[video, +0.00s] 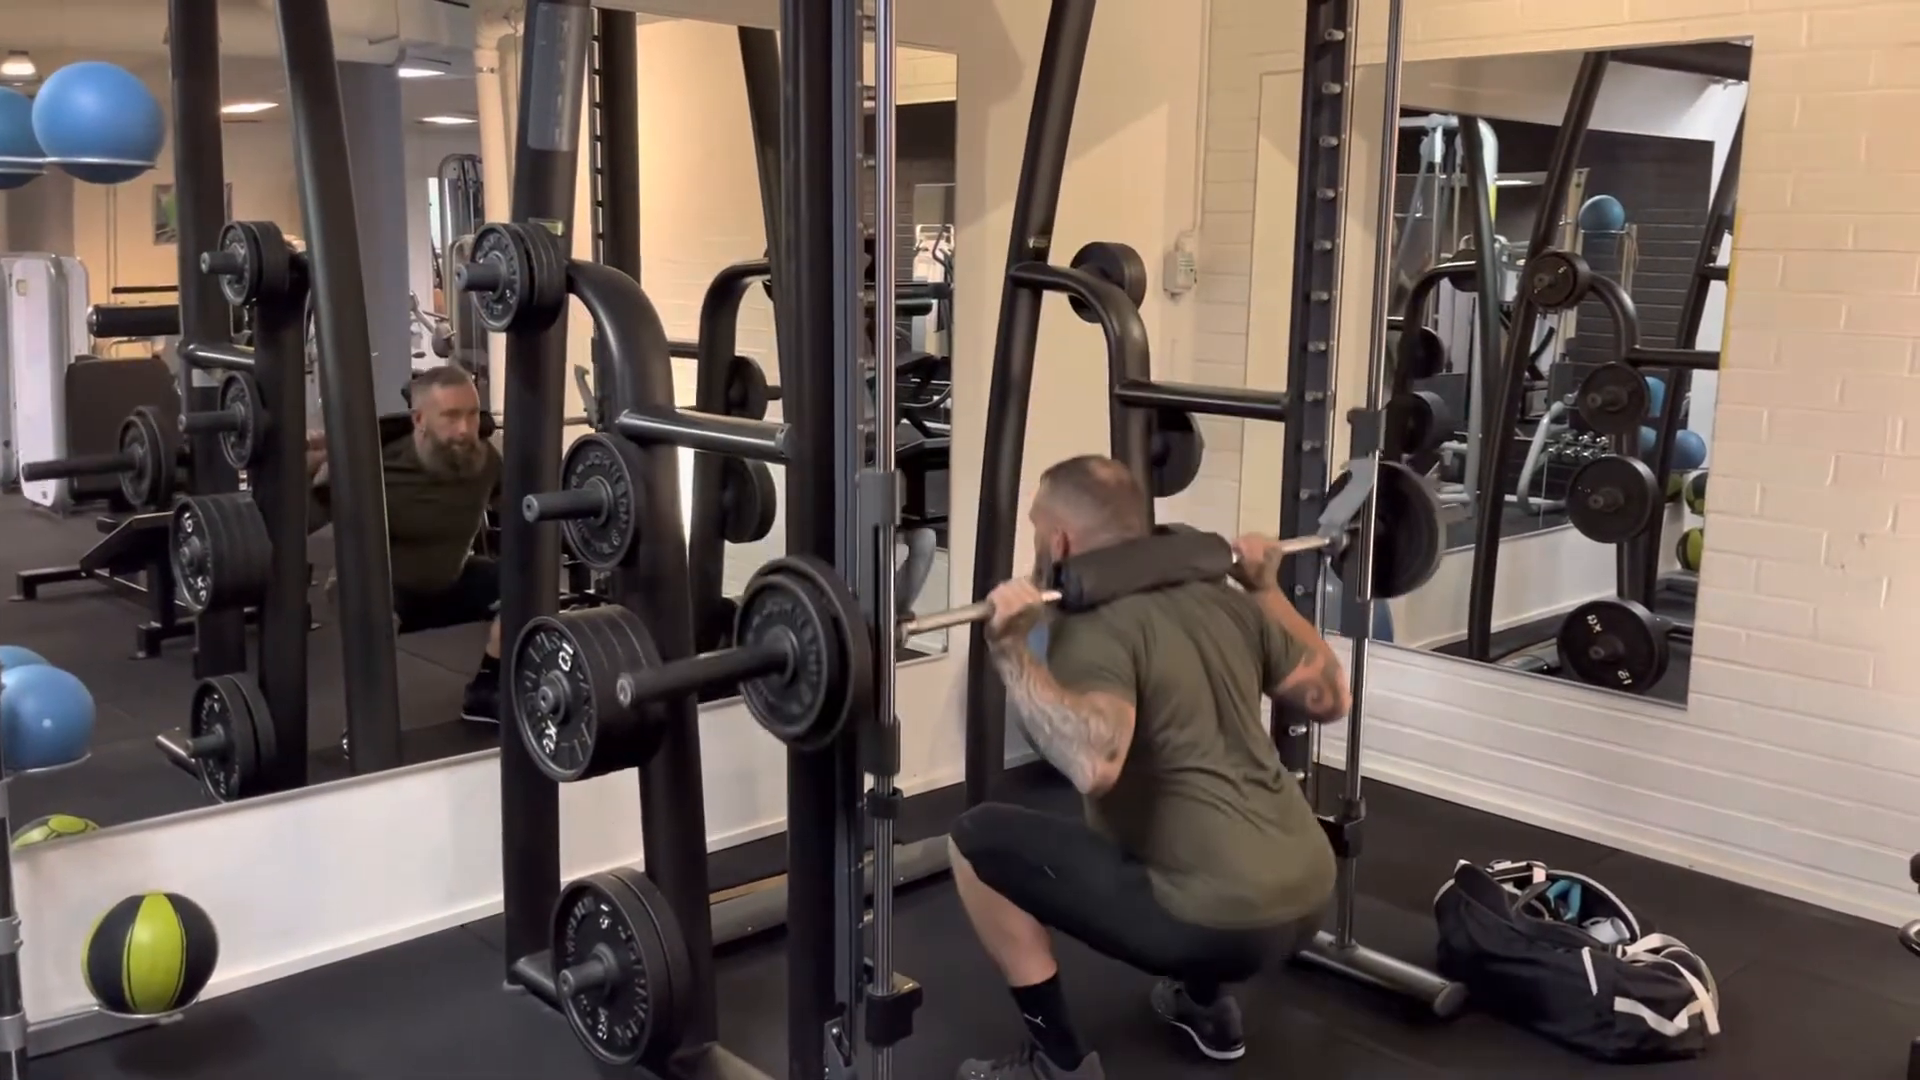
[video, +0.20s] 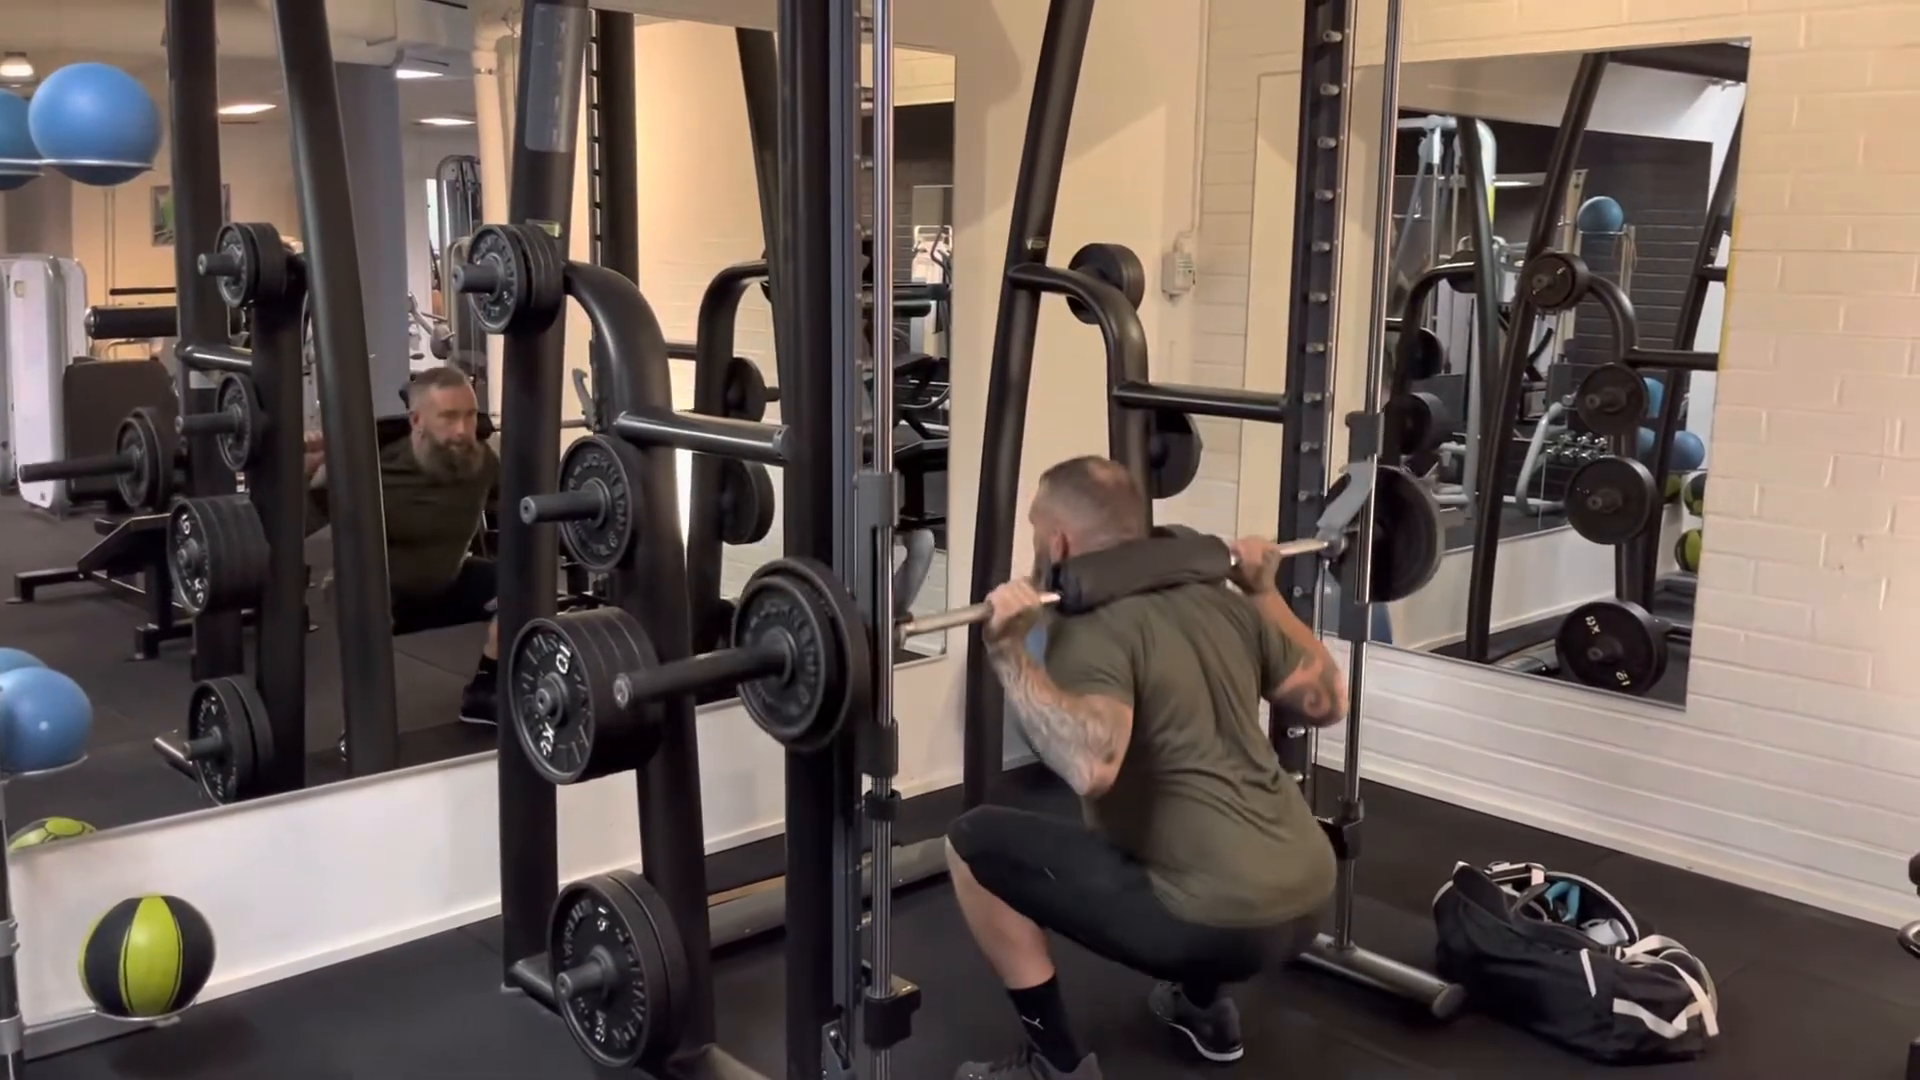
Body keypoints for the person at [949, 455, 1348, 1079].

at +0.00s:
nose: (1036, 551)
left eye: (1037, 533)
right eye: (1035, 532)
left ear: (1063, 544)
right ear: (1138, 529)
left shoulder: (1099, 620)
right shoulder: (1221, 597)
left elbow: (1094, 762)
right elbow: (1329, 697)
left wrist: (1009, 648)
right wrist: (1267, 589)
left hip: (1208, 920)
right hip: (1305, 898)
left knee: (977, 838)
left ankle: (1057, 1055)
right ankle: (1209, 1007)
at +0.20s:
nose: (1035, 553)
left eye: (1036, 536)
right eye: (1034, 534)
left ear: (1061, 545)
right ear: (1136, 529)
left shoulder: (1098, 620)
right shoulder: (1219, 598)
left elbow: (1091, 765)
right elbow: (1326, 700)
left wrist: (1008, 650)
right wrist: (1265, 592)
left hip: (1208, 919)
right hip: (1305, 897)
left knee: (973, 843)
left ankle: (1054, 1057)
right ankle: (1207, 1009)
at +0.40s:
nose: (1036, 489)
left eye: (1037, 475)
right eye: (1035, 474)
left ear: (1060, 485)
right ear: (1137, 472)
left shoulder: (1098, 565)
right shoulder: (1224, 551)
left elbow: (1094, 698)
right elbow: (1328, 647)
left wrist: (1009, 585)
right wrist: (1267, 540)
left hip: (1209, 855)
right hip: (1311, 843)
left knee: (981, 843)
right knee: (1154, 805)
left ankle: (1053, 1055)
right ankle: (1203, 999)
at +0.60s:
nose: (1039, 409)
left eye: (1041, 394)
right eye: (1040, 395)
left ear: (1062, 400)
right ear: (1140, 388)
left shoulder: (1100, 480)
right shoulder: (1228, 474)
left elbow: (1090, 610)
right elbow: (1325, 567)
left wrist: (1007, 495)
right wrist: (1269, 462)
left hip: (1202, 778)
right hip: (1301, 765)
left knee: (992, 844)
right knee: (1162, 799)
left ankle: (1053, 1056)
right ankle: (1204, 1004)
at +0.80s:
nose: (1048, 303)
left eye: (1049, 289)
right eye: (1049, 289)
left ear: (1070, 289)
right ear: (1145, 284)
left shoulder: (1097, 375)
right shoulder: (1225, 366)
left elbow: (1087, 507)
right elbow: (1328, 478)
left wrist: (1011, 397)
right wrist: (1272, 372)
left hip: (1180, 677)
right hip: (1275, 663)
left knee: (1012, 840)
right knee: (1183, 815)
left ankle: (1057, 1060)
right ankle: (1208, 1015)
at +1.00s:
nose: (1041, 211)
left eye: (1044, 195)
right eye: (1045, 196)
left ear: (1069, 194)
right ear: (1148, 192)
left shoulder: (1099, 283)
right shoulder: (1225, 279)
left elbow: (1084, 413)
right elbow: (1317, 398)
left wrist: (1010, 289)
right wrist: (1275, 285)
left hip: (1151, 600)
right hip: (1250, 591)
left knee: (1075, 832)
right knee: (1203, 794)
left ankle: (1062, 1063)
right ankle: (1212, 1012)